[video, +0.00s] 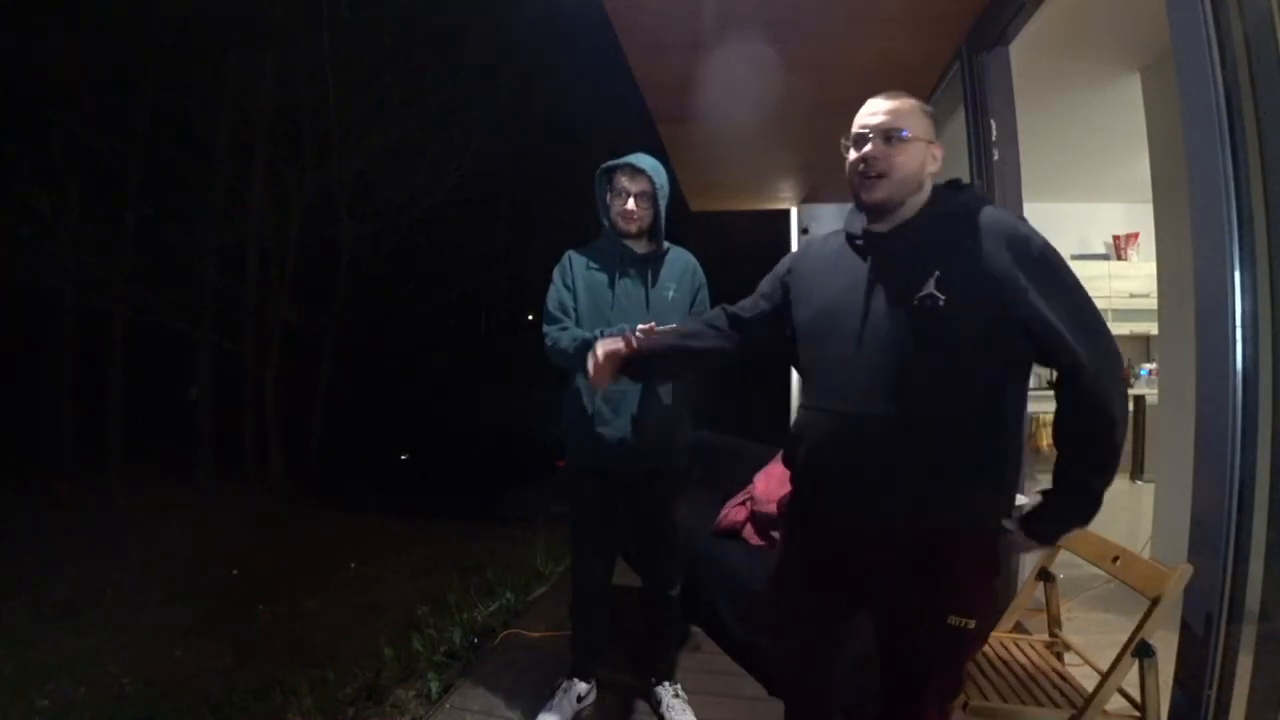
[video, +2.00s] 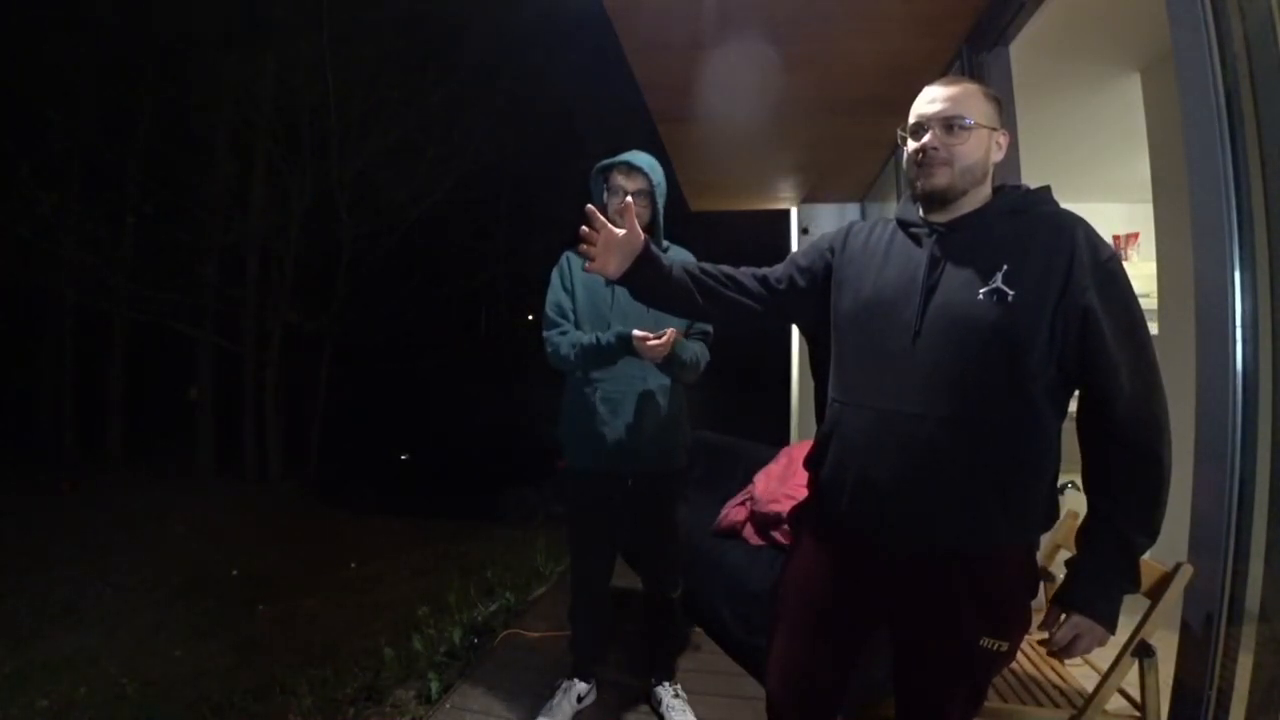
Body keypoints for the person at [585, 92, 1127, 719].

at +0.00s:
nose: (864, 152)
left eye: (889, 137)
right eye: (855, 140)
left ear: (934, 155)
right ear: (845, 158)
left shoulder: (994, 242)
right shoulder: (813, 259)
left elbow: (1096, 374)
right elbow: (737, 327)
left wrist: (1058, 512)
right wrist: (640, 347)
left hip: (946, 537)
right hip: (825, 531)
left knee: (915, 702)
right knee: (807, 696)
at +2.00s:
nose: (921, 140)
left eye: (949, 125)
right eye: (911, 131)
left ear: (1001, 145)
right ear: (902, 154)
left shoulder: (1062, 246)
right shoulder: (855, 245)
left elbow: (1129, 425)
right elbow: (751, 292)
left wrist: (1099, 585)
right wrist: (642, 263)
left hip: (971, 556)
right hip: (838, 542)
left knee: (937, 708)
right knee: (795, 699)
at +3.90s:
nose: (917, 144)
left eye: (943, 127)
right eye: (910, 134)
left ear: (1003, 136)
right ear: (903, 150)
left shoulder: (1075, 250)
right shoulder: (860, 242)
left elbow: (1139, 435)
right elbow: (761, 286)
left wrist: (1104, 595)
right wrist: (652, 256)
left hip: (976, 562)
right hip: (842, 542)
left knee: (937, 710)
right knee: (801, 702)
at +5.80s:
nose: (901, 123)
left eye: (922, 111)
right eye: (884, 116)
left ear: (955, 138)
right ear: (865, 147)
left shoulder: (1019, 252)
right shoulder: (808, 240)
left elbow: (1076, 413)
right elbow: (733, 342)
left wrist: (1061, 551)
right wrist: (680, 385)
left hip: (961, 550)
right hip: (823, 543)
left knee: (921, 706)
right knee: (812, 705)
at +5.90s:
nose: (913, 124)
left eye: (935, 114)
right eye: (896, 117)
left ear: (968, 141)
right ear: (877, 148)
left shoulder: (1027, 252)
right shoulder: (817, 240)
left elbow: (1083, 413)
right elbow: (743, 332)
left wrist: (1071, 554)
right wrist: (701, 372)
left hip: (965, 548)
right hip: (828, 538)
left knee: (924, 703)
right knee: (814, 703)